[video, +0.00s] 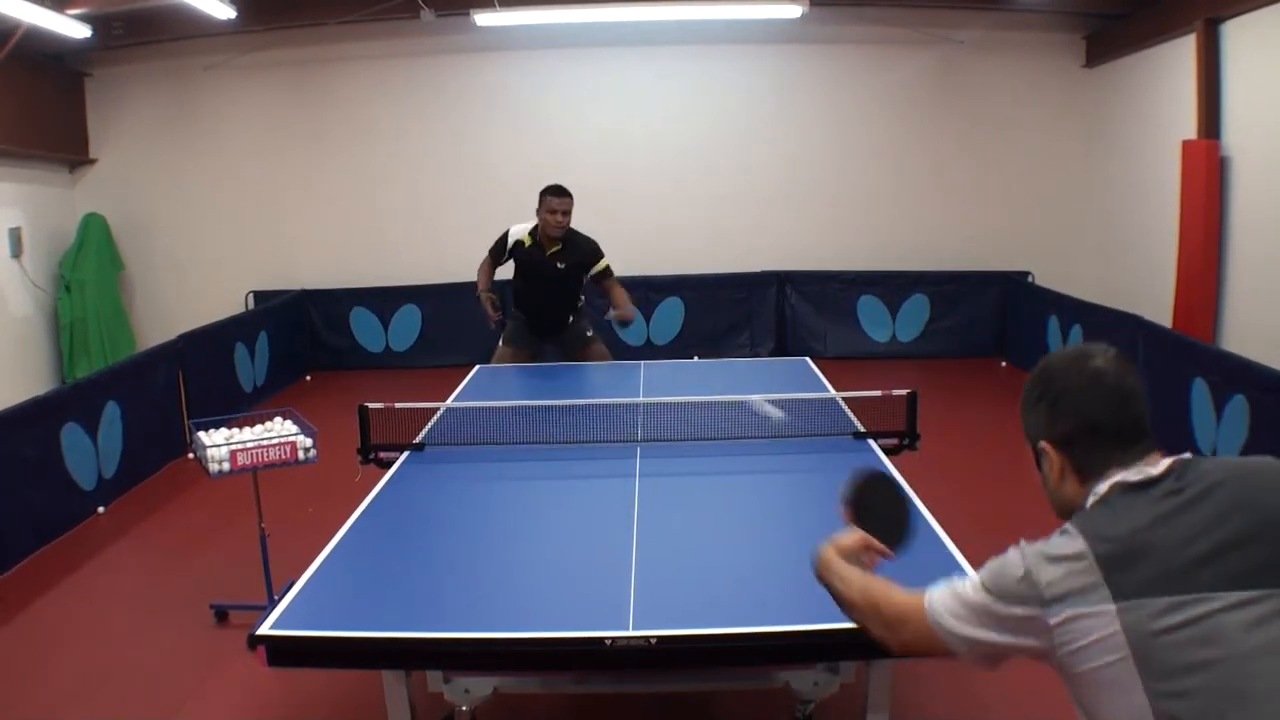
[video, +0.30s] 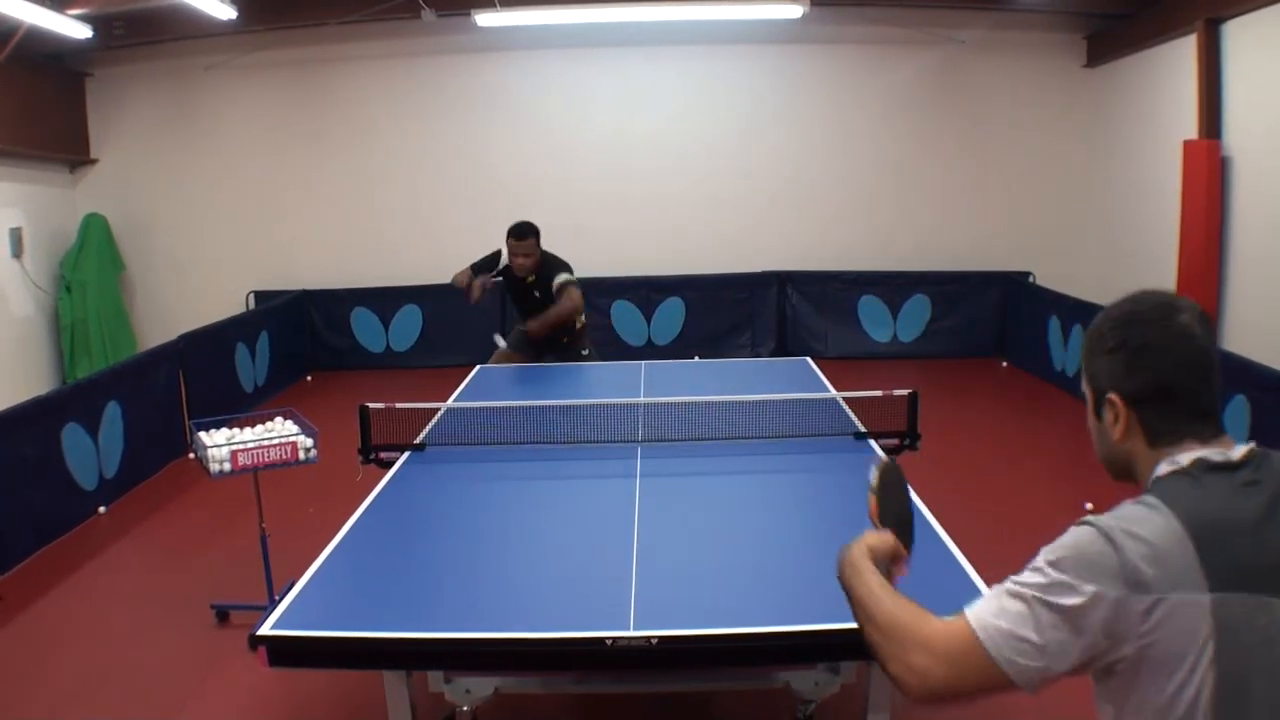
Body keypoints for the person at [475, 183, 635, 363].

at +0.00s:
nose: (559, 220)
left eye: (565, 214)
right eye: (552, 213)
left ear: (571, 215)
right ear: (538, 213)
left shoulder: (584, 247)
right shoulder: (517, 237)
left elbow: (610, 283)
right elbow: (489, 264)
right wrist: (483, 293)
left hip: (570, 323)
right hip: (525, 322)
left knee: (608, 375)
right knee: (497, 379)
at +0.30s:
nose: (520, 262)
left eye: (527, 256)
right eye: (514, 256)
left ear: (539, 250)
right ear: (507, 250)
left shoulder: (555, 267)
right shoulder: (502, 259)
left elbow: (574, 302)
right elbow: (458, 279)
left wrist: (541, 323)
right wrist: (473, 282)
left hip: (568, 335)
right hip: (528, 333)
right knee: (491, 375)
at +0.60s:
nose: (524, 205)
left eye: (530, 198)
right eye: (517, 199)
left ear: (540, 200)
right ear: (509, 201)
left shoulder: (562, 227)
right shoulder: (498, 234)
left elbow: (604, 246)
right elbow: (483, 262)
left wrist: (620, 262)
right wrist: (475, 285)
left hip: (562, 312)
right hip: (520, 314)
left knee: (595, 373)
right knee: (495, 377)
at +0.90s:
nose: (553, 191)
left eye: (559, 186)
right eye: (546, 185)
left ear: (568, 190)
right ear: (536, 188)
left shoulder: (584, 227)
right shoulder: (517, 222)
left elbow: (606, 265)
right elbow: (494, 255)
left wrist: (609, 298)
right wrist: (501, 284)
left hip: (569, 316)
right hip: (524, 313)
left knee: (594, 379)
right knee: (495, 377)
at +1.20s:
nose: (494, 197)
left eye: (501, 191)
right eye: (488, 192)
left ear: (513, 196)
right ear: (481, 196)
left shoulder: (535, 232)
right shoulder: (468, 238)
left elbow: (558, 275)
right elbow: (454, 272)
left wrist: (555, 324)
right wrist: (447, 291)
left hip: (531, 325)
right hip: (489, 325)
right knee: (481, 384)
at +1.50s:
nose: (438, 179)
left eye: (445, 172)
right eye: (432, 174)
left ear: (460, 174)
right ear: (426, 179)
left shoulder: (488, 209)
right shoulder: (420, 223)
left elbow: (520, 249)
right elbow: (411, 266)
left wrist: (533, 299)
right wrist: (420, 277)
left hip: (491, 305)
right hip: (450, 309)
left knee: (496, 375)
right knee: (461, 382)